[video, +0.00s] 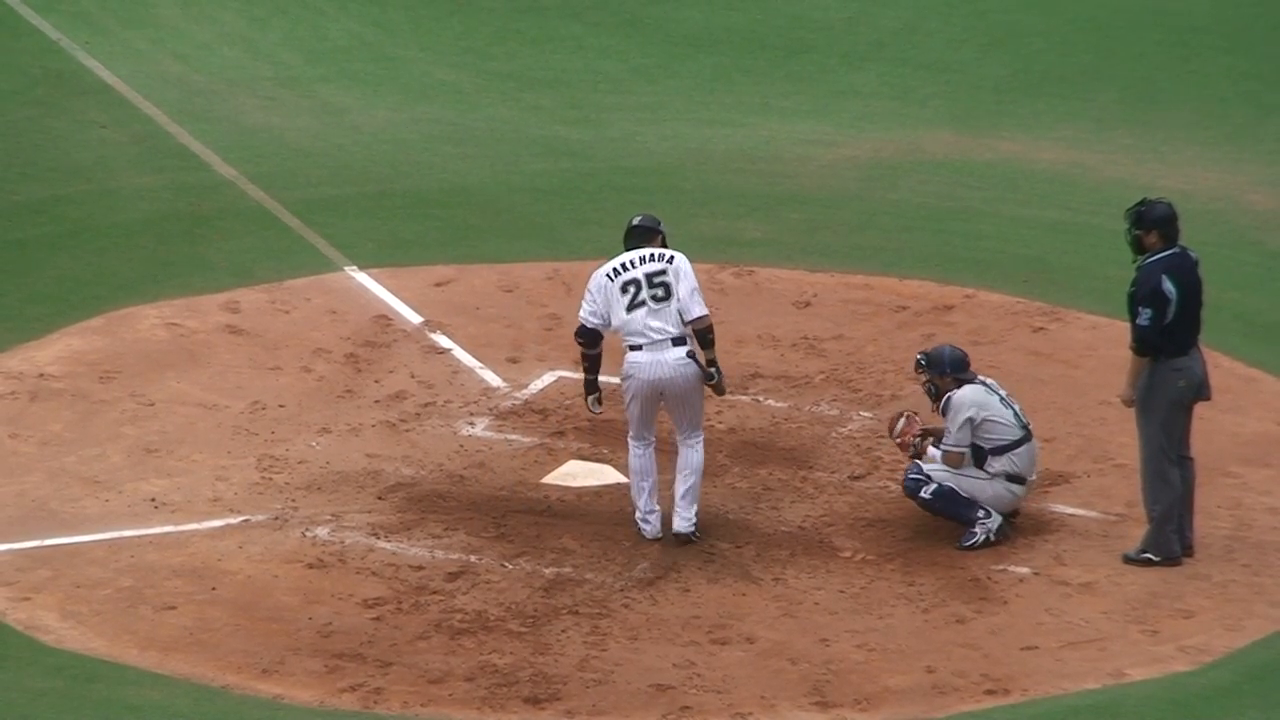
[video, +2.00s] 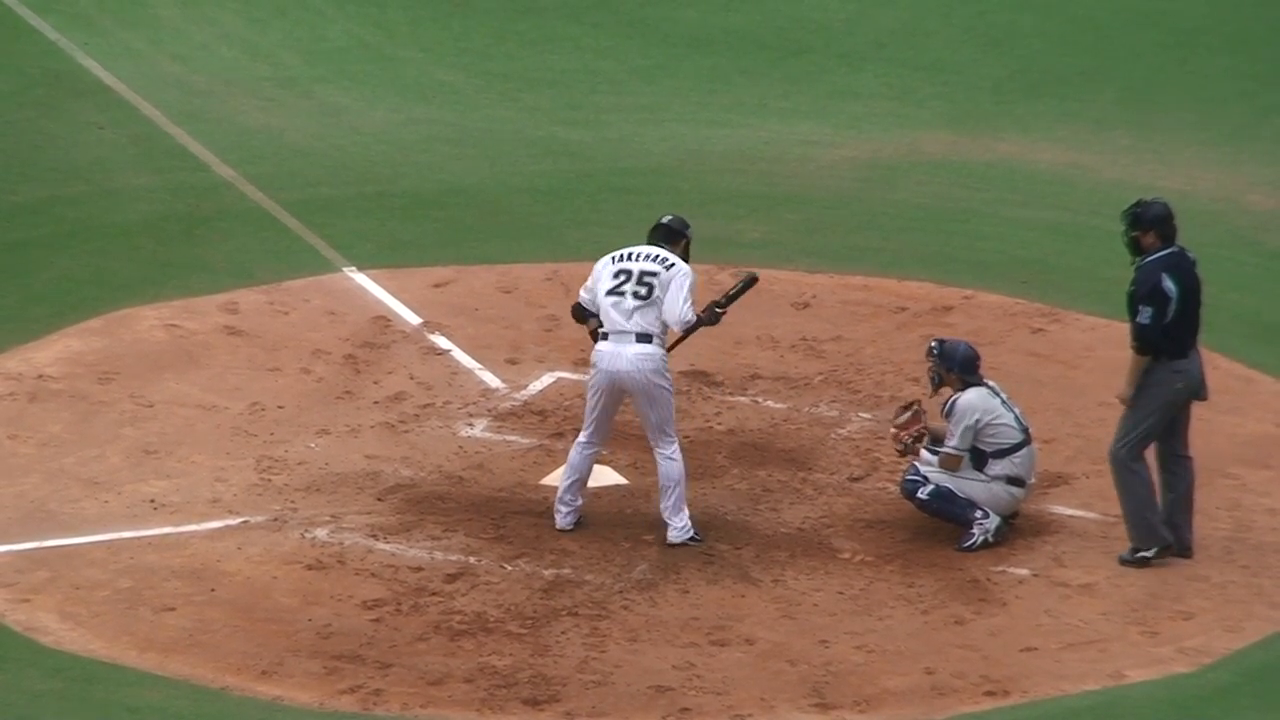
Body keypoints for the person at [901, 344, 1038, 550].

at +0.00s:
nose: (928, 382)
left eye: (931, 377)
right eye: (927, 377)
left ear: (948, 378)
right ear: (959, 375)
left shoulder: (961, 400)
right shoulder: (983, 383)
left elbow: (955, 461)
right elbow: (970, 436)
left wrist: (926, 450)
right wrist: (927, 432)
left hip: (1004, 490)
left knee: (915, 477)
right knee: (936, 454)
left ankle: (985, 520)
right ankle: (1001, 506)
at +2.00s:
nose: (932, 370)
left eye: (937, 366)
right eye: (933, 364)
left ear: (953, 373)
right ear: (964, 372)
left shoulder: (966, 403)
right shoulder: (987, 387)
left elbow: (951, 464)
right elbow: (960, 439)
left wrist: (917, 450)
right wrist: (924, 429)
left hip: (1002, 492)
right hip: (1016, 483)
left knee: (913, 480)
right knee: (930, 451)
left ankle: (983, 520)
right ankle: (1001, 508)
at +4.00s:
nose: (938, 368)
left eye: (944, 364)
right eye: (940, 362)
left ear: (959, 371)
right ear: (975, 369)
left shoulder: (972, 402)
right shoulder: (992, 387)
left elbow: (949, 461)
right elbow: (962, 433)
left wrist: (912, 460)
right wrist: (918, 430)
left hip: (1003, 491)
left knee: (913, 481)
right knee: (934, 447)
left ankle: (983, 519)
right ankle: (1003, 506)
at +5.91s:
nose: (942, 366)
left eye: (947, 363)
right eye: (944, 361)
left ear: (962, 371)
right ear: (976, 370)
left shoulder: (975, 402)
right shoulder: (991, 389)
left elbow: (948, 461)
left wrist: (907, 462)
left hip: (1000, 493)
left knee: (913, 482)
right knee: (930, 449)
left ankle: (984, 521)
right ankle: (997, 508)